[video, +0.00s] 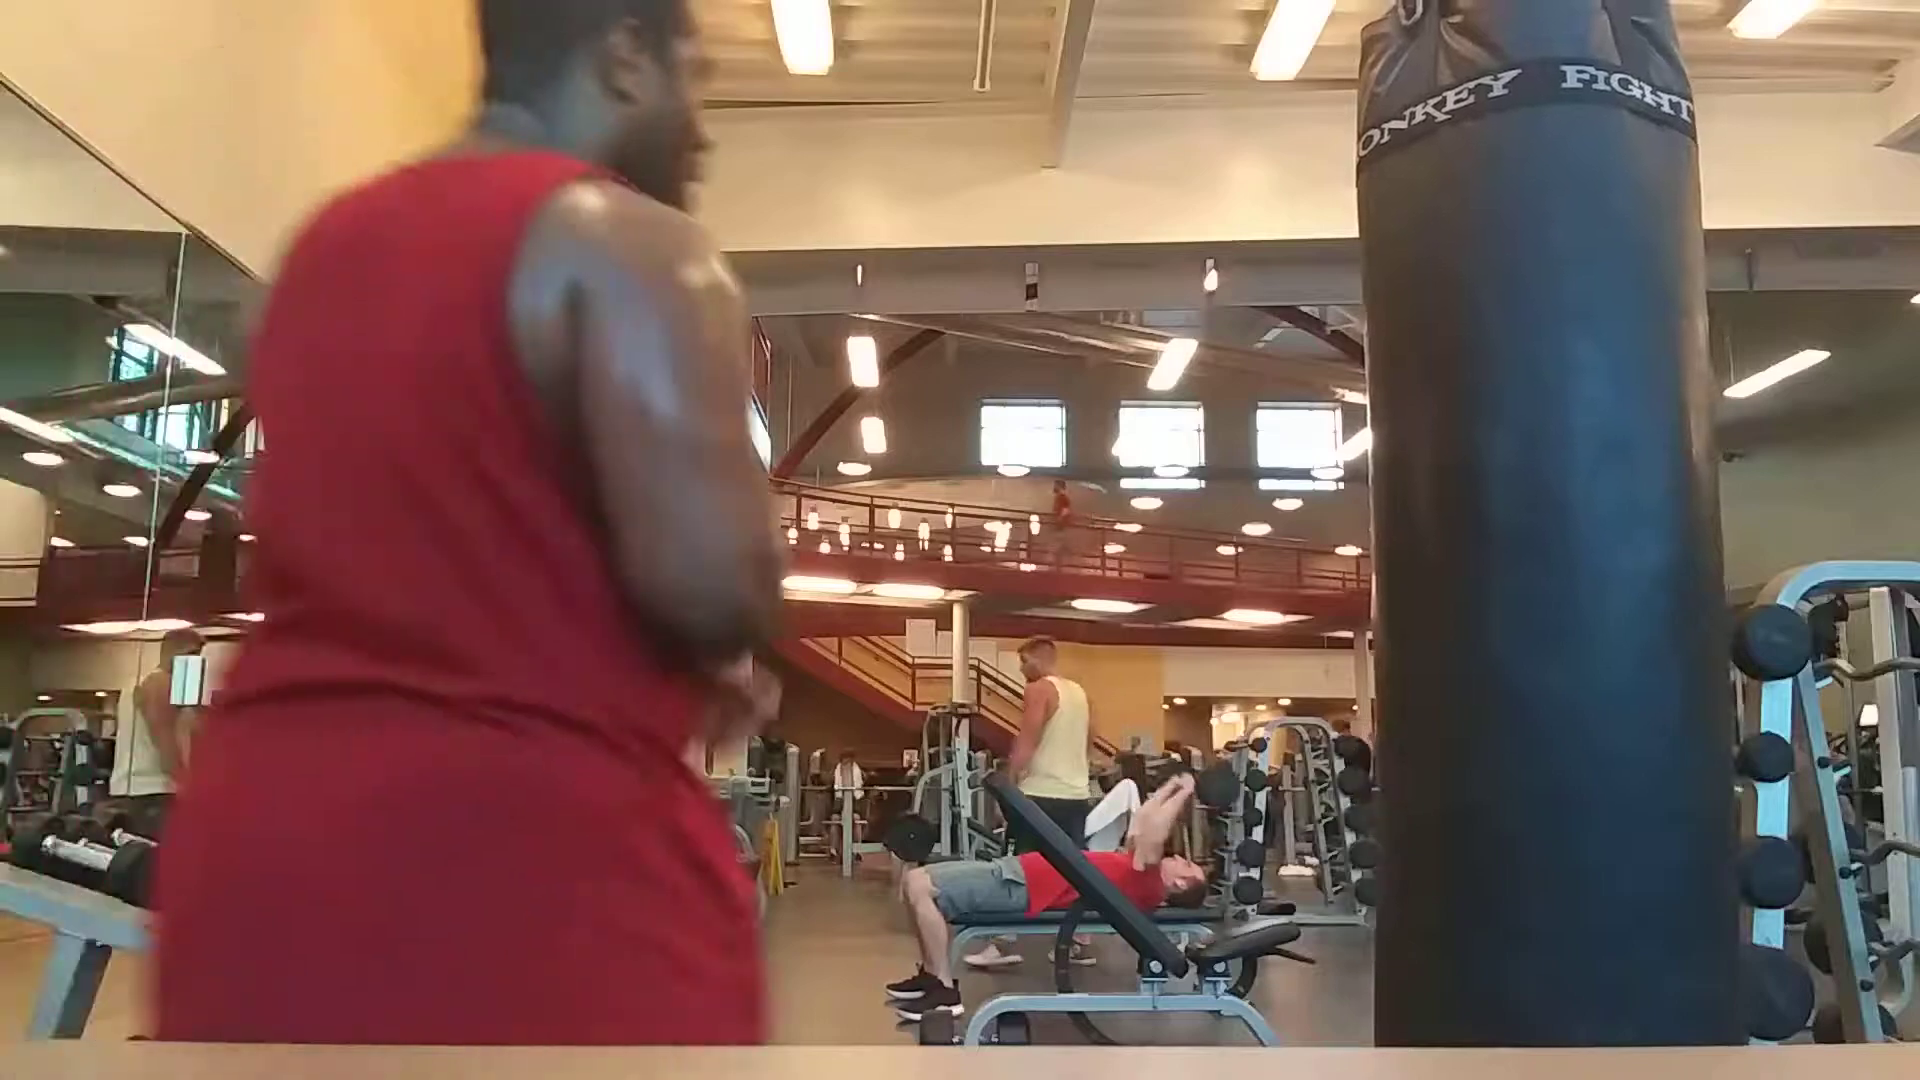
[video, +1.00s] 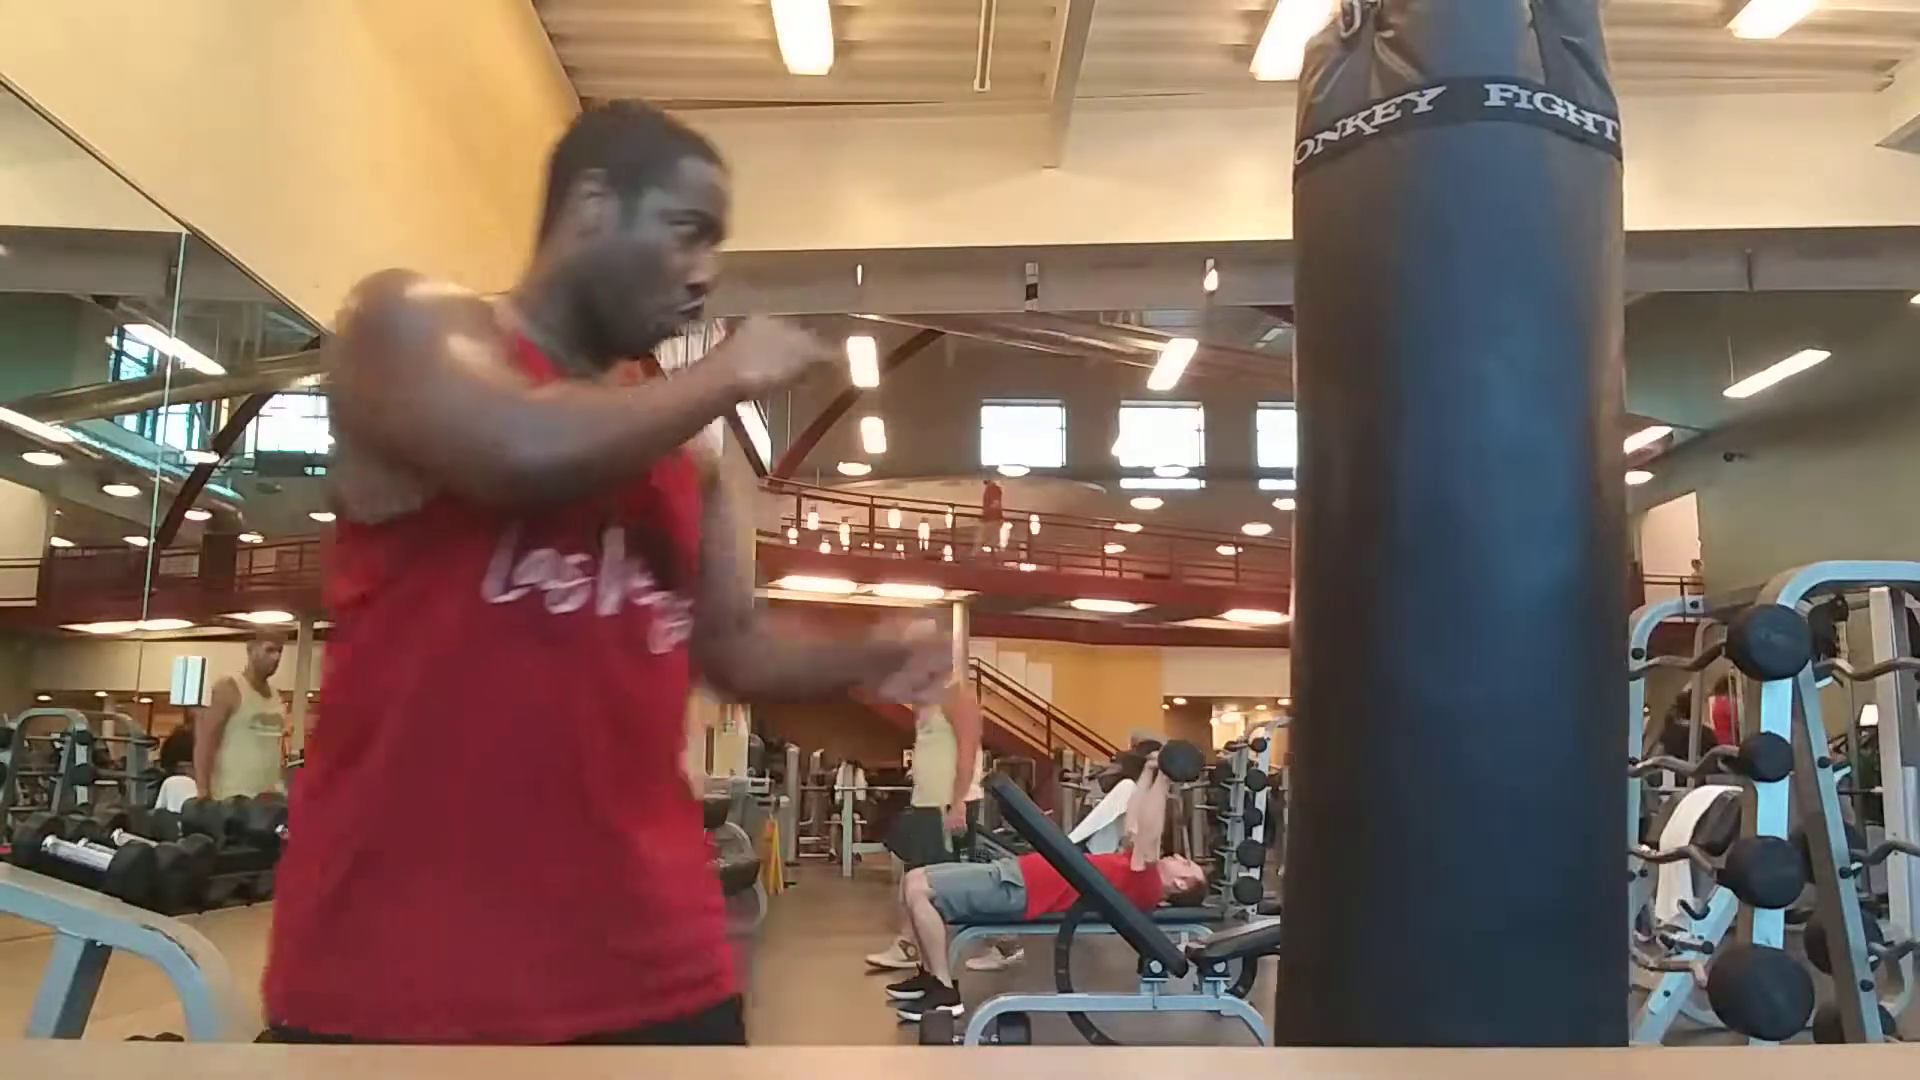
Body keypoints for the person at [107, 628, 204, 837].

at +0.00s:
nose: (196, 661)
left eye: (197, 654)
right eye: (194, 653)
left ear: (167, 651)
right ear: (181, 653)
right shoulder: (158, 681)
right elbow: (166, 743)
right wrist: (184, 780)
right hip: (150, 794)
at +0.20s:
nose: (210, 663)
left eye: (211, 656)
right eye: (207, 656)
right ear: (192, 653)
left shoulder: (186, 690)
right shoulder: (166, 685)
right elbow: (165, 742)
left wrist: (192, 789)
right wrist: (188, 790)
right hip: (159, 800)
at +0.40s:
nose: (225, 656)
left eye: (228, 650)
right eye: (220, 649)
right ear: (201, 648)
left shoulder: (211, 693)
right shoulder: (178, 682)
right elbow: (165, 735)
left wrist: (213, 794)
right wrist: (178, 792)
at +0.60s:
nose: (236, 655)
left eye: (238, 649)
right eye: (230, 648)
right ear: (210, 649)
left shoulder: (226, 692)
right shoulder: (187, 683)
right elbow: (171, 738)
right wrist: (180, 792)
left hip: (225, 796)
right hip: (192, 798)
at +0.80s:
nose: (253, 656)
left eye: (255, 650)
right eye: (247, 649)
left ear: (257, 652)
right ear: (227, 649)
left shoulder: (250, 695)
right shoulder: (202, 685)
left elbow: (248, 746)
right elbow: (182, 737)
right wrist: (191, 792)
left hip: (244, 794)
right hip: (206, 794)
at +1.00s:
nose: (276, 658)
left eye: (279, 651)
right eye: (270, 650)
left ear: (282, 653)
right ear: (251, 650)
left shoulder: (274, 695)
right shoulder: (228, 688)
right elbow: (205, 739)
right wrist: (203, 791)